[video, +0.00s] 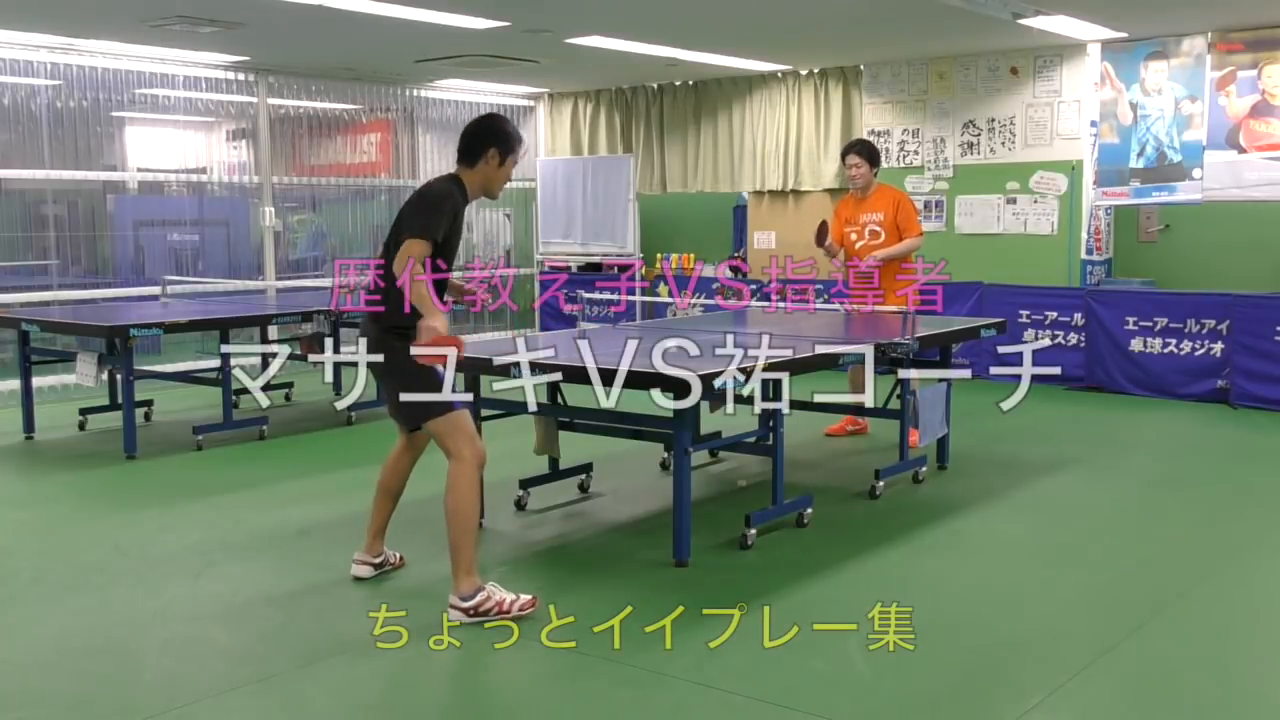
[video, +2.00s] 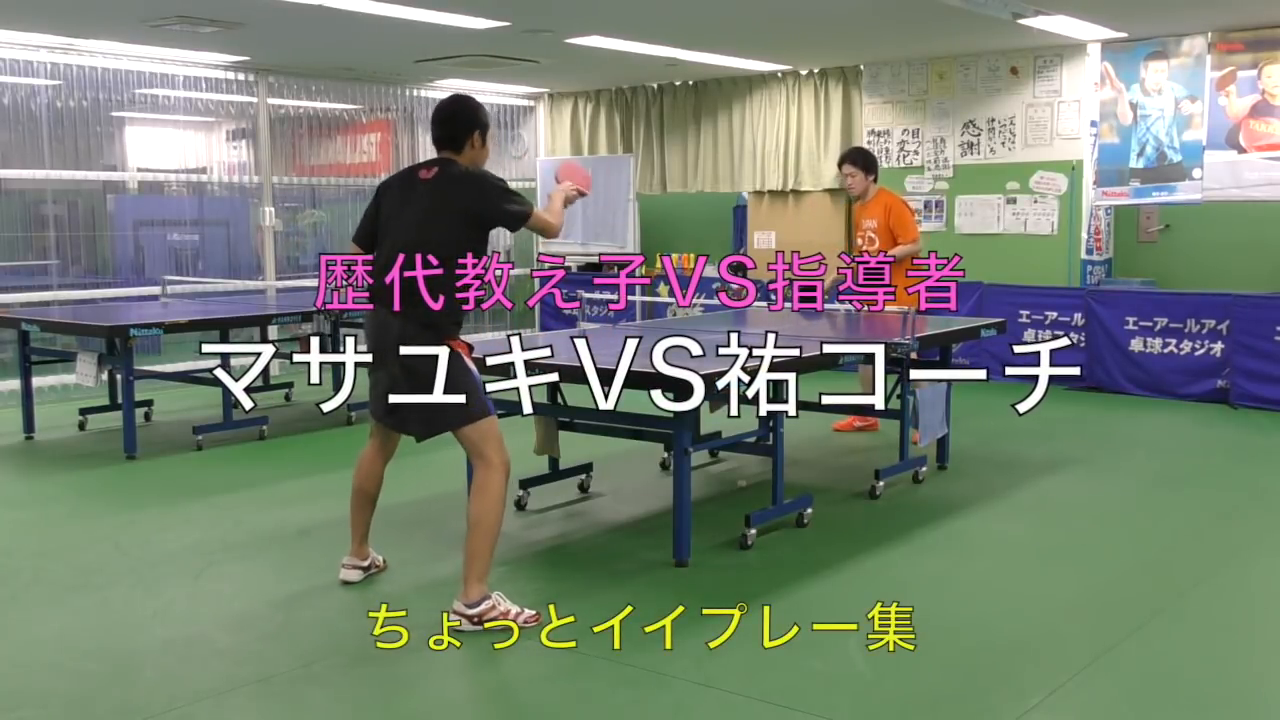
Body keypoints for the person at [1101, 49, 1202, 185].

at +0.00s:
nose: (1159, 76)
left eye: (1163, 71)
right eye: (1155, 71)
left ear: (1168, 72)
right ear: (1144, 72)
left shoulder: (1173, 89)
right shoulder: (1135, 91)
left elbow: (1199, 105)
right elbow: (1125, 121)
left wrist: (1192, 107)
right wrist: (1121, 94)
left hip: (1171, 161)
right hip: (1142, 163)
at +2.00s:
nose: (1159, 77)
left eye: (1163, 71)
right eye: (1155, 71)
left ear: (1168, 73)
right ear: (1144, 72)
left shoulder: (1173, 89)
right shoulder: (1135, 91)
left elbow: (1199, 106)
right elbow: (1125, 121)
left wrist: (1191, 107)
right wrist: (1121, 94)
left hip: (1171, 161)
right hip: (1141, 163)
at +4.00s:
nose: (1159, 76)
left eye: (1163, 71)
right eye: (1155, 71)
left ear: (1168, 72)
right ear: (1143, 72)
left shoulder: (1174, 89)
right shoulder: (1135, 91)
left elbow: (1199, 105)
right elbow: (1125, 120)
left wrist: (1191, 106)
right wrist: (1122, 95)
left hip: (1171, 161)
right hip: (1141, 163)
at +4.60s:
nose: (1158, 77)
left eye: (1162, 72)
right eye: (1154, 71)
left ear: (1167, 73)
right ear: (1143, 72)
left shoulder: (1173, 90)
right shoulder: (1135, 91)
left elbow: (1198, 106)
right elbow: (1125, 121)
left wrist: (1190, 107)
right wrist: (1121, 95)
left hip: (1171, 162)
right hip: (1141, 164)